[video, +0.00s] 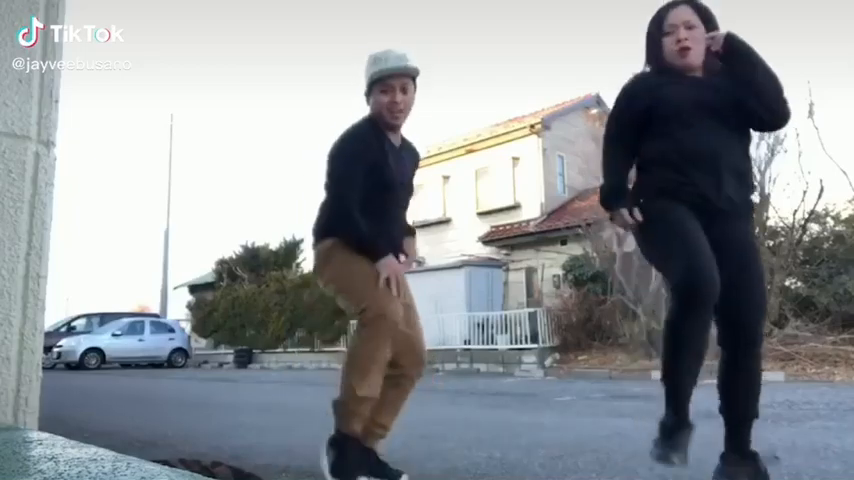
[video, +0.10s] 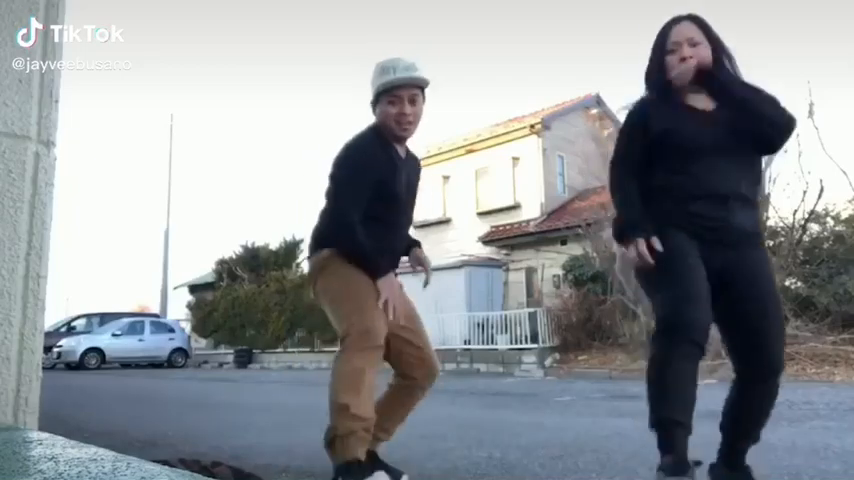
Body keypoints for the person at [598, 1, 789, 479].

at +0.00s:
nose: (681, 36)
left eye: (690, 28)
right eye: (671, 31)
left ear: (709, 38)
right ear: (657, 45)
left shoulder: (732, 82)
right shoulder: (644, 87)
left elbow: (776, 115)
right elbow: (617, 143)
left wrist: (736, 49)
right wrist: (615, 196)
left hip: (730, 213)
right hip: (664, 208)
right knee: (698, 284)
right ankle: (676, 423)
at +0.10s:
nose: (684, 52)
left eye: (693, 43)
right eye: (674, 47)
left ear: (714, 50)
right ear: (661, 60)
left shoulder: (742, 103)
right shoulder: (649, 112)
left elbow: (781, 127)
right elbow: (623, 171)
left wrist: (715, 75)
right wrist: (632, 227)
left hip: (739, 239)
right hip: (670, 237)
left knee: (764, 359)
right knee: (683, 328)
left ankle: (731, 459)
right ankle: (673, 456)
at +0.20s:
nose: (683, 65)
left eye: (693, 54)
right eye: (671, 59)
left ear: (713, 62)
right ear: (660, 74)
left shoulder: (747, 115)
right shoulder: (639, 128)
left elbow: (748, 141)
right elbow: (625, 195)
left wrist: (689, 116)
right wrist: (649, 246)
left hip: (745, 256)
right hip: (672, 255)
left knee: (783, 389)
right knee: (669, 351)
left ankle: (731, 466)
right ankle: (657, 470)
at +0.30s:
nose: (666, 58)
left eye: (677, 47)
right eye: (653, 52)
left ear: (701, 57)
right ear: (641, 70)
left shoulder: (737, 102)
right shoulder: (627, 131)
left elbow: (733, 145)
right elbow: (620, 207)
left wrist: (645, 150)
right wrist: (659, 254)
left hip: (740, 269)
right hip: (661, 269)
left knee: (791, 415)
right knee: (670, 359)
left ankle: (733, 467)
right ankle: (640, 474)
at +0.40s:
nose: (643, 53)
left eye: (656, 40)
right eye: (628, 46)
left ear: (681, 51)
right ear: (612, 68)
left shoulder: (726, 107)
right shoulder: (602, 144)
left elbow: (760, 152)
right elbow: (593, 224)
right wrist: (646, 268)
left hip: (728, 286)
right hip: (641, 287)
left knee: (803, 447)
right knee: (673, 342)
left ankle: (742, 462)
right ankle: (639, 473)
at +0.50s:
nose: (628, 60)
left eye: (641, 45)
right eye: (609, 53)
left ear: (669, 57)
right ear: (593, 77)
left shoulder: (726, 130)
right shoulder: (583, 167)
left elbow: (814, 207)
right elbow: (569, 245)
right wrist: (628, 284)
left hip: (727, 314)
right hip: (627, 313)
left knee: (806, 472)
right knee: (677, 343)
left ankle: (746, 460)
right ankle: (640, 472)